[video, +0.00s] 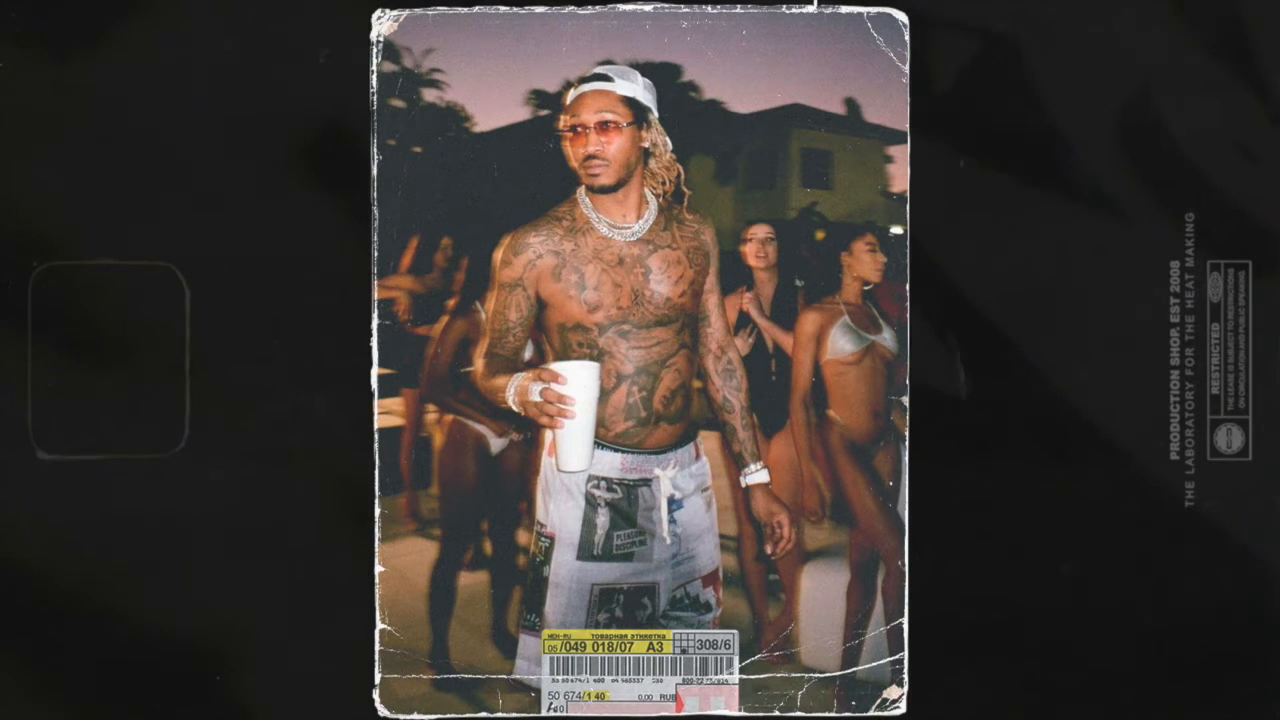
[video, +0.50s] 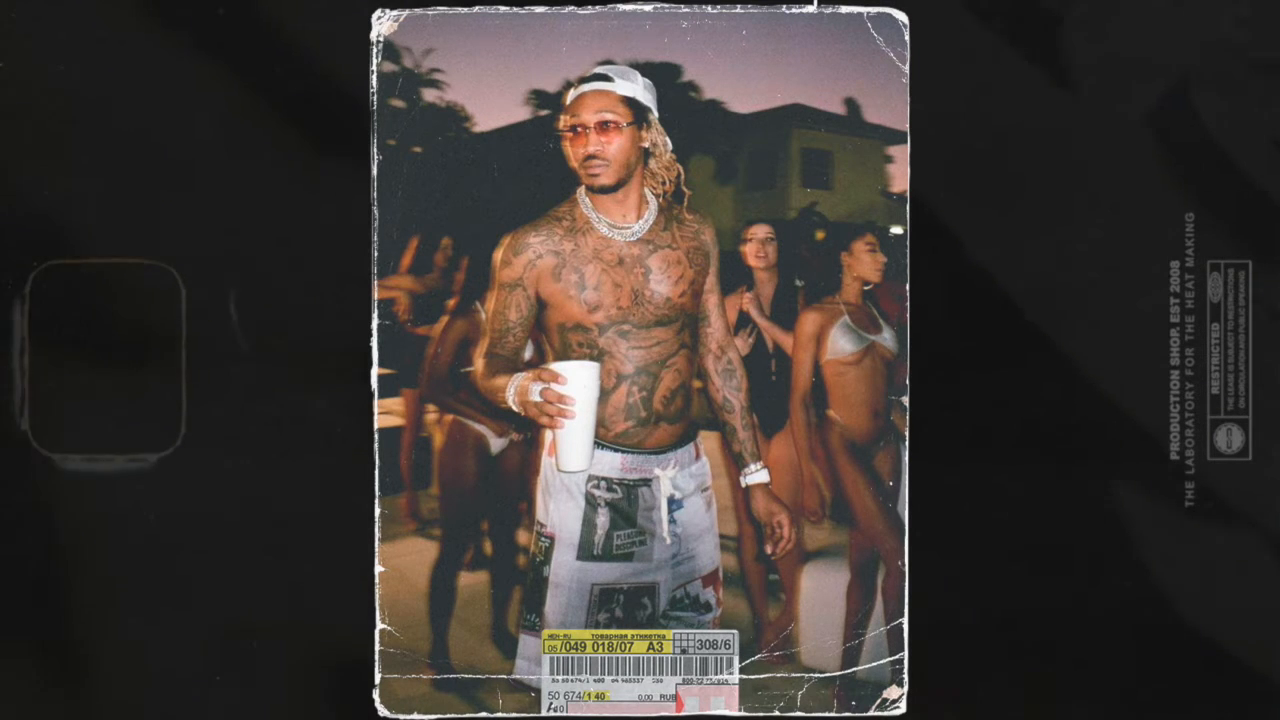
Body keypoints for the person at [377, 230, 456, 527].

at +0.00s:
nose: (446, 254)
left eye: (450, 250)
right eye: (442, 248)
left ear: (455, 255)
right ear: (430, 252)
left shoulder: (455, 282)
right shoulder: (414, 282)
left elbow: (462, 314)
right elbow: (380, 287)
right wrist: (403, 293)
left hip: (445, 353)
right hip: (416, 350)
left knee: (450, 426)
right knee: (413, 428)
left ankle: (451, 499)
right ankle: (411, 502)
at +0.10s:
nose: (446, 254)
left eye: (450, 250)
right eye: (442, 248)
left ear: (455, 255)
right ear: (430, 252)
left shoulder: (455, 283)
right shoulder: (414, 282)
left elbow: (460, 316)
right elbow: (378, 287)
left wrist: (434, 329)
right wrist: (402, 293)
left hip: (444, 354)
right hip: (415, 352)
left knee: (450, 426)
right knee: (413, 428)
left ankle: (452, 499)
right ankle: (411, 502)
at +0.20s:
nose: (446, 254)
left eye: (450, 249)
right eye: (442, 248)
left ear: (455, 255)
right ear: (430, 252)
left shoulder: (455, 282)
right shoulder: (415, 282)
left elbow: (462, 312)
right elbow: (379, 287)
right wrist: (403, 293)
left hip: (445, 352)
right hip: (416, 350)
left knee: (450, 426)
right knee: (413, 428)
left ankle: (452, 499)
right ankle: (411, 502)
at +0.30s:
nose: (446, 254)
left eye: (450, 249)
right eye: (442, 248)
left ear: (455, 255)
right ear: (430, 251)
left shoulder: (454, 282)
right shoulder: (414, 283)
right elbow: (384, 287)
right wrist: (404, 293)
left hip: (445, 353)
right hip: (416, 350)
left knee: (450, 427)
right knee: (413, 429)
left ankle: (452, 500)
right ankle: (411, 503)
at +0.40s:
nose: (447, 254)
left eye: (450, 249)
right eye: (442, 248)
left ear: (453, 254)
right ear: (430, 250)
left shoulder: (453, 280)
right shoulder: (413, 282)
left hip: (444, 351)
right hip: (416, 348)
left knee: (449, 427)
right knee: (413, 428)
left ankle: (452, 499)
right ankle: (411, 503)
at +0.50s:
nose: (446, 254)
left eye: (450, 249)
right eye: (442, 248)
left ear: (454, 254)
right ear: (431, 250)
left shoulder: (454, 279)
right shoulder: (414, 282)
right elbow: (393, 285)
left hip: (445, 349)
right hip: (416, 346)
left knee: (449, 426)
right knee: (413, 428)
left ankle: (451, 498)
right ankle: (410, 502)